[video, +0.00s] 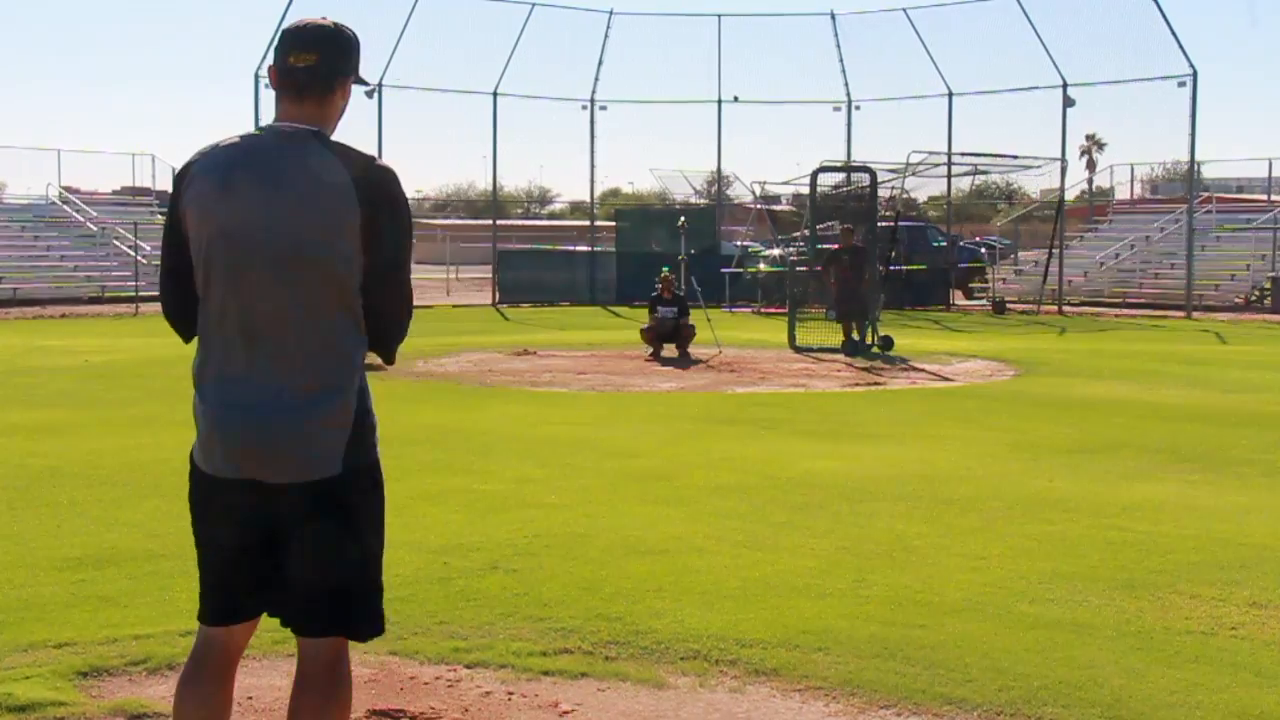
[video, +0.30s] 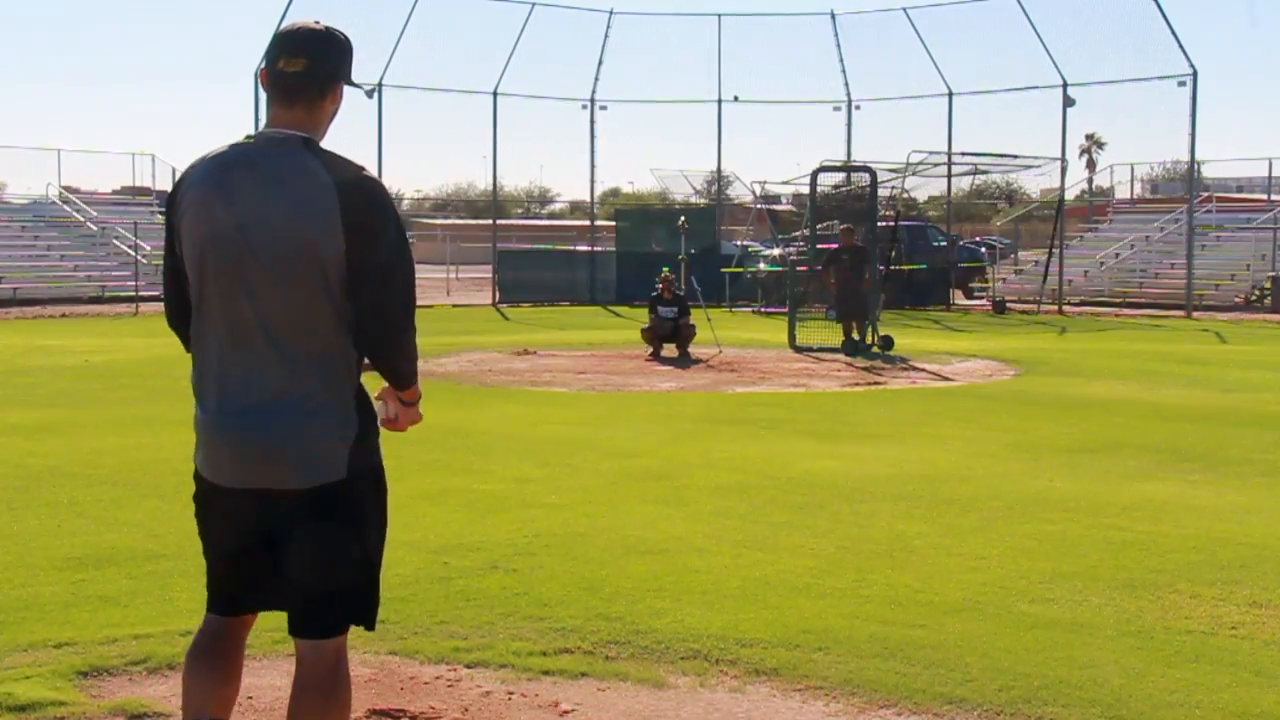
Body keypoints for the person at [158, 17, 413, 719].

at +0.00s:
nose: (342, 99)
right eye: (348, 88)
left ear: (272, 82)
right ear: (348, 92)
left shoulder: (200, 172)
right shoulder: (371, 182)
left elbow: (182, 315)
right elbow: (387, 332)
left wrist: (254, 272)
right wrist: (323, 271)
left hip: (223, 442)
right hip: (326, 446)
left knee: (220, 631)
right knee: (325, 648)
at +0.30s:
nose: (339, 101)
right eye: (342, 91)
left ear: (263, 84)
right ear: (337, 95)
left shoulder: (195, 183)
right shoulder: (357, 192)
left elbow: (183, 313)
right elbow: (386, 325)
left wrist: (237, 369)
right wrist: (404, 388)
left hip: (224, 448)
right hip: (325, 451)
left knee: (224, 616)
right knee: (323, 641)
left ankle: (199, 719)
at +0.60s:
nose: (319, 110)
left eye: (318, 98)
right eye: (320, 98)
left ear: (244, 92)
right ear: (309, 99)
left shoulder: (169, 187)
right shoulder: (304, 193)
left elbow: (148, 313)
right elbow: (334, 330)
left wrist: (214, 354)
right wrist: (377, 369)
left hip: (192, 447)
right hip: (288, 451)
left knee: (192, 601)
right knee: (301, 636)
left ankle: (119, 716)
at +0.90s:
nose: (256, 147)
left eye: (262, 134)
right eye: (259, 130)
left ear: (199, 110)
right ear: (227, 112)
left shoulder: (127, 187)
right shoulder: (203, 201)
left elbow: (187, 306)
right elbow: (268, 331)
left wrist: (285, 288)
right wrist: (333, 303)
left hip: (107, 450)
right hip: (196, 456)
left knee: (107, 623)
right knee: (263, 627)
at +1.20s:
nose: (226, 167)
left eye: (234, 156)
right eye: (228, 150)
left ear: (186, 121)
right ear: (192, 119)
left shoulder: (104, 185)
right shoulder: (143, 192)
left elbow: (168, 299)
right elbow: (220, 311)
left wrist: (257, 280)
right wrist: (297, 282)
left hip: (74, 444)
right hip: (144, 447)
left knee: (90, 608)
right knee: (242, 594)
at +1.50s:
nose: (231, 167)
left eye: (239, 156)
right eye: (233, 150)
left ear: (194, 124)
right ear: (195, 120)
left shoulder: (121, 184)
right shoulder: (143, 190)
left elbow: (210, 297)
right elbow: (209, 312)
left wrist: (286, 282)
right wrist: (294, 284)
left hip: (81, 442)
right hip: (142, 444)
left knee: (88, 611)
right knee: (251, 585)